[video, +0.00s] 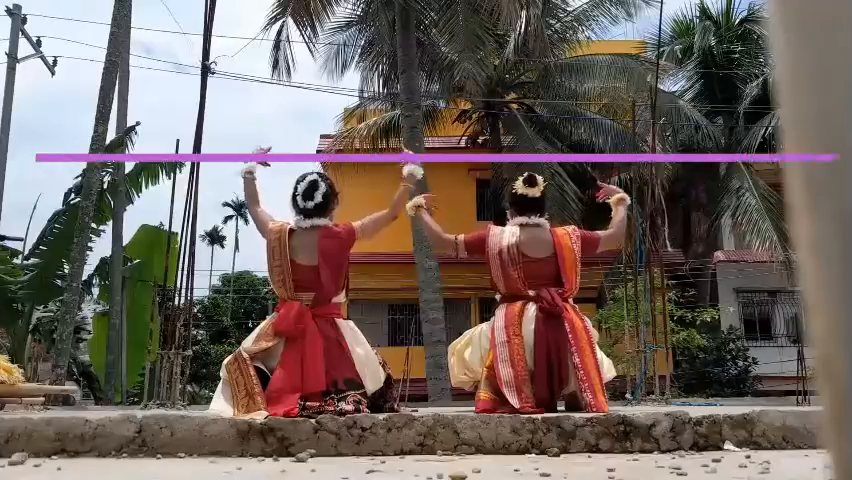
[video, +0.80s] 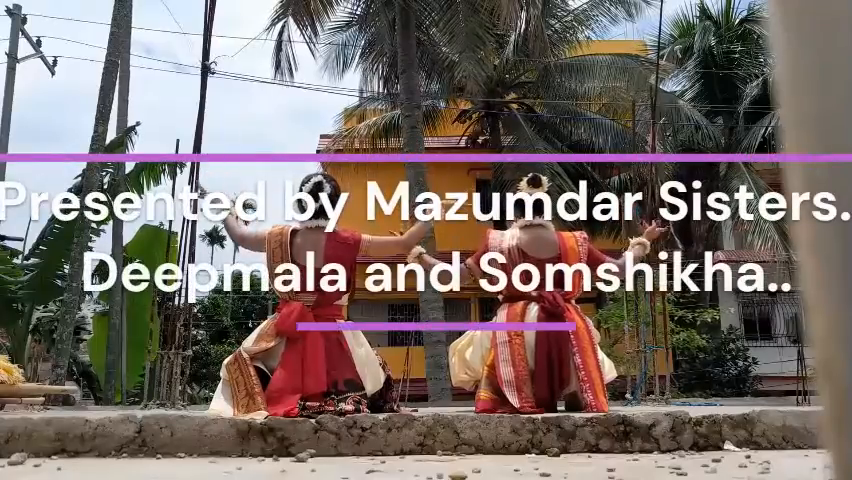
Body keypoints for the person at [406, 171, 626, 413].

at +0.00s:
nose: (507, 216)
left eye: (507, 210)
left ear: (510, 211)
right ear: (545, 210)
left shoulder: (495, 237)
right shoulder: (568, 238)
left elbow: (444, 244)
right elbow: (615, 238)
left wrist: (420, 213)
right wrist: (620, 203)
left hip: (513, 325)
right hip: (562, 324)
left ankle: (506, 394)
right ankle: (575, 394)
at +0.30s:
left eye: (515, 204)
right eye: (537, 202)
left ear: (511, 209)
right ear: (547, 207)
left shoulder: (494, 240)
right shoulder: (569, 238)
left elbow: (442, 252)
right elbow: (619, 245)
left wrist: (426, 226)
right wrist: (616, 216)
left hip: (512, 328)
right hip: (563, 326)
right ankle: (578, 395)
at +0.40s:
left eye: (522, 201)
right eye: (536, 201)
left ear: (511, 206)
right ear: (547, 205)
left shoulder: (493, 240)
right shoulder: (570, 240)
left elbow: (452, 260)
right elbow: (620, 253)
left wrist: (423, 239)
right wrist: (624, 227)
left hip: (511, 330)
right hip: (565, 327)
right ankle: (578, 400)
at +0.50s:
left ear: (512, 207)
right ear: (548, 207)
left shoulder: (495, 241)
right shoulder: (571, 240)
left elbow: (449, 265)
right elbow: (617, 260)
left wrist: (419, 244)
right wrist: (633, 239)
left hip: (513, 330)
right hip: (565, 328)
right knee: (578, 403)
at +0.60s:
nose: (528, 213)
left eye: (526, 205)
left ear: (513, 206)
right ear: (548, 204)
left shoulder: (499, 240)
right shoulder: (572, 239)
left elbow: (462, 265)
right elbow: (609, 266)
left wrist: (427, 253)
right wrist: (637, 238)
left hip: (512, 317)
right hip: (565, 316)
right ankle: (581, 402)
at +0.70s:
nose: (526, 210)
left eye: (524, 204)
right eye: (529, 203)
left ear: (513, 207)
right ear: (549, 207)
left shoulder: (496, 242)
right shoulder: (573, 243)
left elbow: (461, 274)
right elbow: (615, 271)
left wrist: (428, 258)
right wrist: (635, 243)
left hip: (512, 325)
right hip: (567, 326)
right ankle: (578, 397)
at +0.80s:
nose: (528, 209)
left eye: (528, 203)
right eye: (530, 203)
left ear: (515, 207)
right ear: (550, 207)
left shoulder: (497, 243)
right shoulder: (573, 244)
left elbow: (462, 274)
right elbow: (616, 271)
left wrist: (426, 260)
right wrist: (638, 246)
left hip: (510, 328)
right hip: (565, 329)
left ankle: (511, 401)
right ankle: (575, 394)